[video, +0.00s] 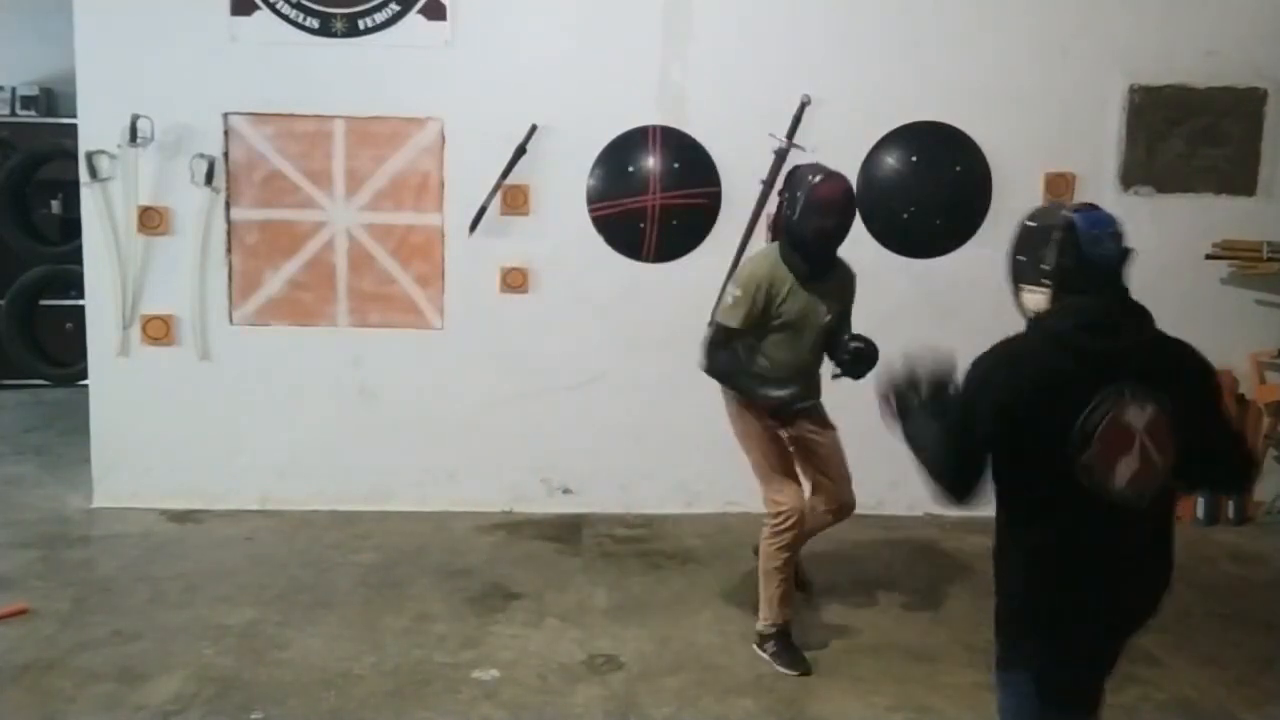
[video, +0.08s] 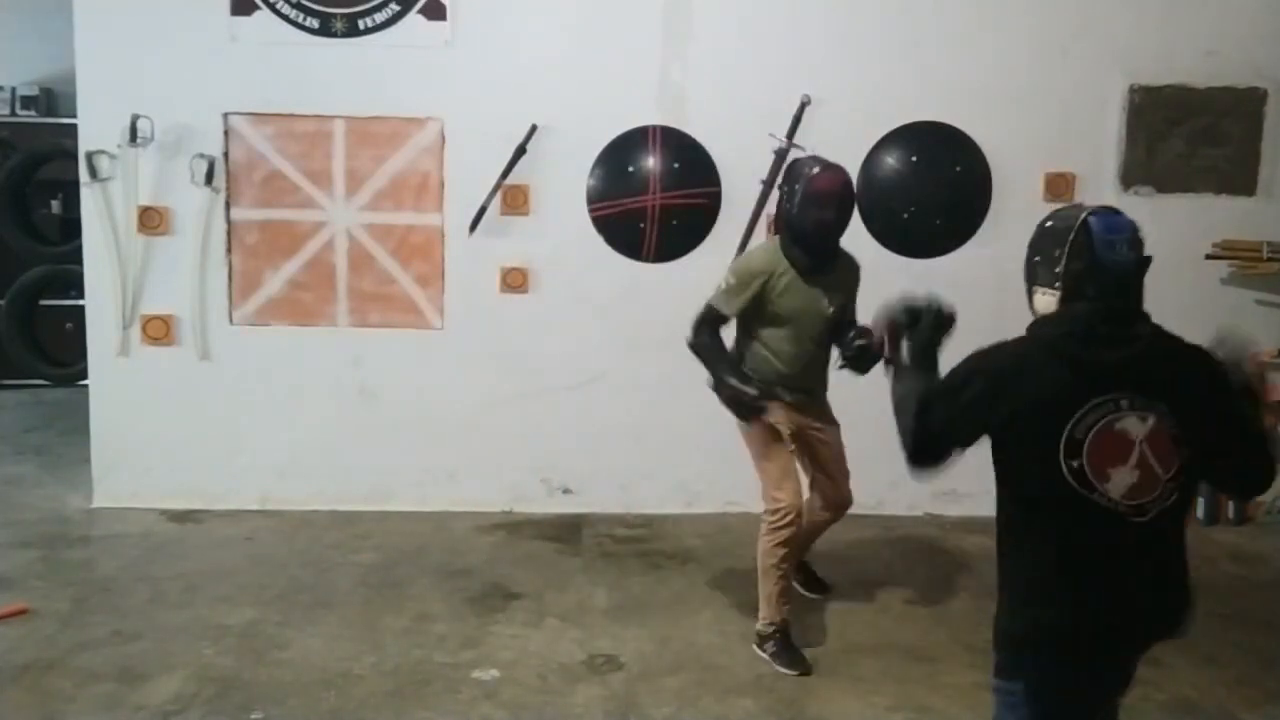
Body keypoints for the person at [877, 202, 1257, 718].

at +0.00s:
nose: (1019, 275)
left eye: (1026, 264)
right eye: (1024, 262)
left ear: (1041, 275)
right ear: (1111, 272)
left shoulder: (1008, 367)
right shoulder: (1178, 363)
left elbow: (957, 476)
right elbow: (1228, 470)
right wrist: (1152, 452)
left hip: (1040, 588)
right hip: (1135, 583)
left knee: (1029, 702)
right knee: (1077, 699)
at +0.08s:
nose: (1033, 284)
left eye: (1039, 272)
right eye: (1037, 270)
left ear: (1054, 277)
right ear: (1133, 279)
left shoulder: (1012, 367)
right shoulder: (1187, 367)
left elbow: (923, 440)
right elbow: (1250, 475)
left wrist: (916, 353)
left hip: (1043, 614)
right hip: (1143, 608)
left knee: (1031, 707)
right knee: (1093, 704)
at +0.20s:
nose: (1041, 269)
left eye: (1048, 256)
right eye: (1045, 256)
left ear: (1067, 264)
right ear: (1145, 265)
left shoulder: (1023, 349)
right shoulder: (1202, 354)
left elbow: (927, 412)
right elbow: (1267, 426)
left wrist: (928, 332)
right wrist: (1264, 327)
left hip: (1050, 603)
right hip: (1156, 600)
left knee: (1041, 704)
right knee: (1113, 704)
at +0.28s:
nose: (1041, 266)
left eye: (1049, 252)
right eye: (1047, 250)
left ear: (1071, 261)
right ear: (1151, 260)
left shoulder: (1029, 346)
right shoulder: (1209, 345)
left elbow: (906, 409)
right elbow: (1270, 382)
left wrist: (946, 347)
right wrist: (1254, 285)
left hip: (1058, 610)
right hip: (1164, 609)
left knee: (1049, 705)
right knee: (1130, 708)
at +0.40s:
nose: (1056, 266)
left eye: (1063, 253)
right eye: (1061, 252)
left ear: (1081, 261)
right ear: (1159, 261)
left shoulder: (1043, 348)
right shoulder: (1216, 340)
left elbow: (927, 410)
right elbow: (1272, 354)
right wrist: (1227, 273)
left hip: (1072, 601)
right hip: (1179, 600)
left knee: (1065, 704)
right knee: (1146, 706)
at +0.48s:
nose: (1063, 272)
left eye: (1070, 259)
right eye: (1066, 258)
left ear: (1094, 261)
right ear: (1168, 256)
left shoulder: (1063, 347)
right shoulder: (1224, 330)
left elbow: (970, 449)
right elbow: (1271, 350)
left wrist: (1007, 565)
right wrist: (1212, 284)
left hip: (1082, 598)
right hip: (1183, 596)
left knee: (1066, 704)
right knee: (1147, 706)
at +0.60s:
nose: (1062, 268)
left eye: (1068, 254)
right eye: (1066, 253)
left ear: (1091, 259)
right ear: (1158, 254)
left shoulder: (1066, 347)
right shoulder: (1213, 339)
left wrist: (1018, 565)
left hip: (1087, 591)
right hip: (1185, 588)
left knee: (1068, 703)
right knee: (1142, 703)